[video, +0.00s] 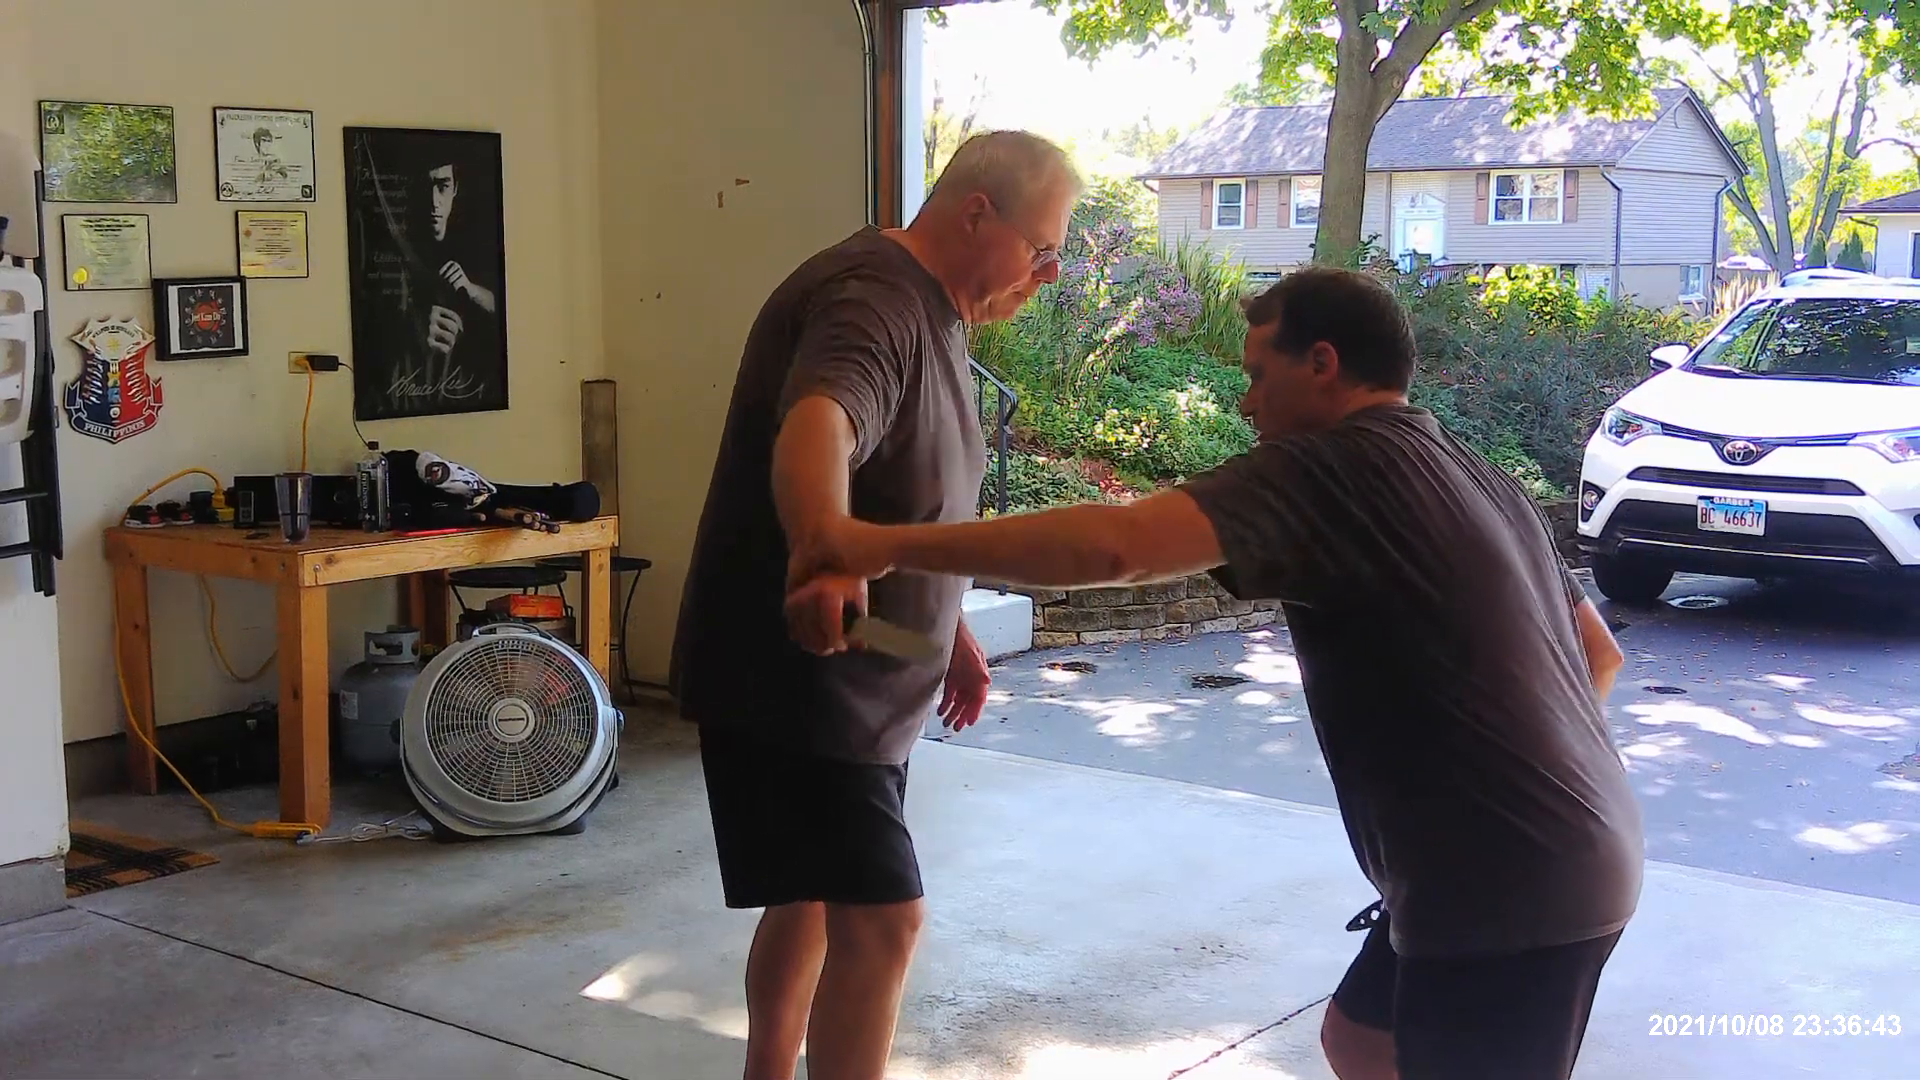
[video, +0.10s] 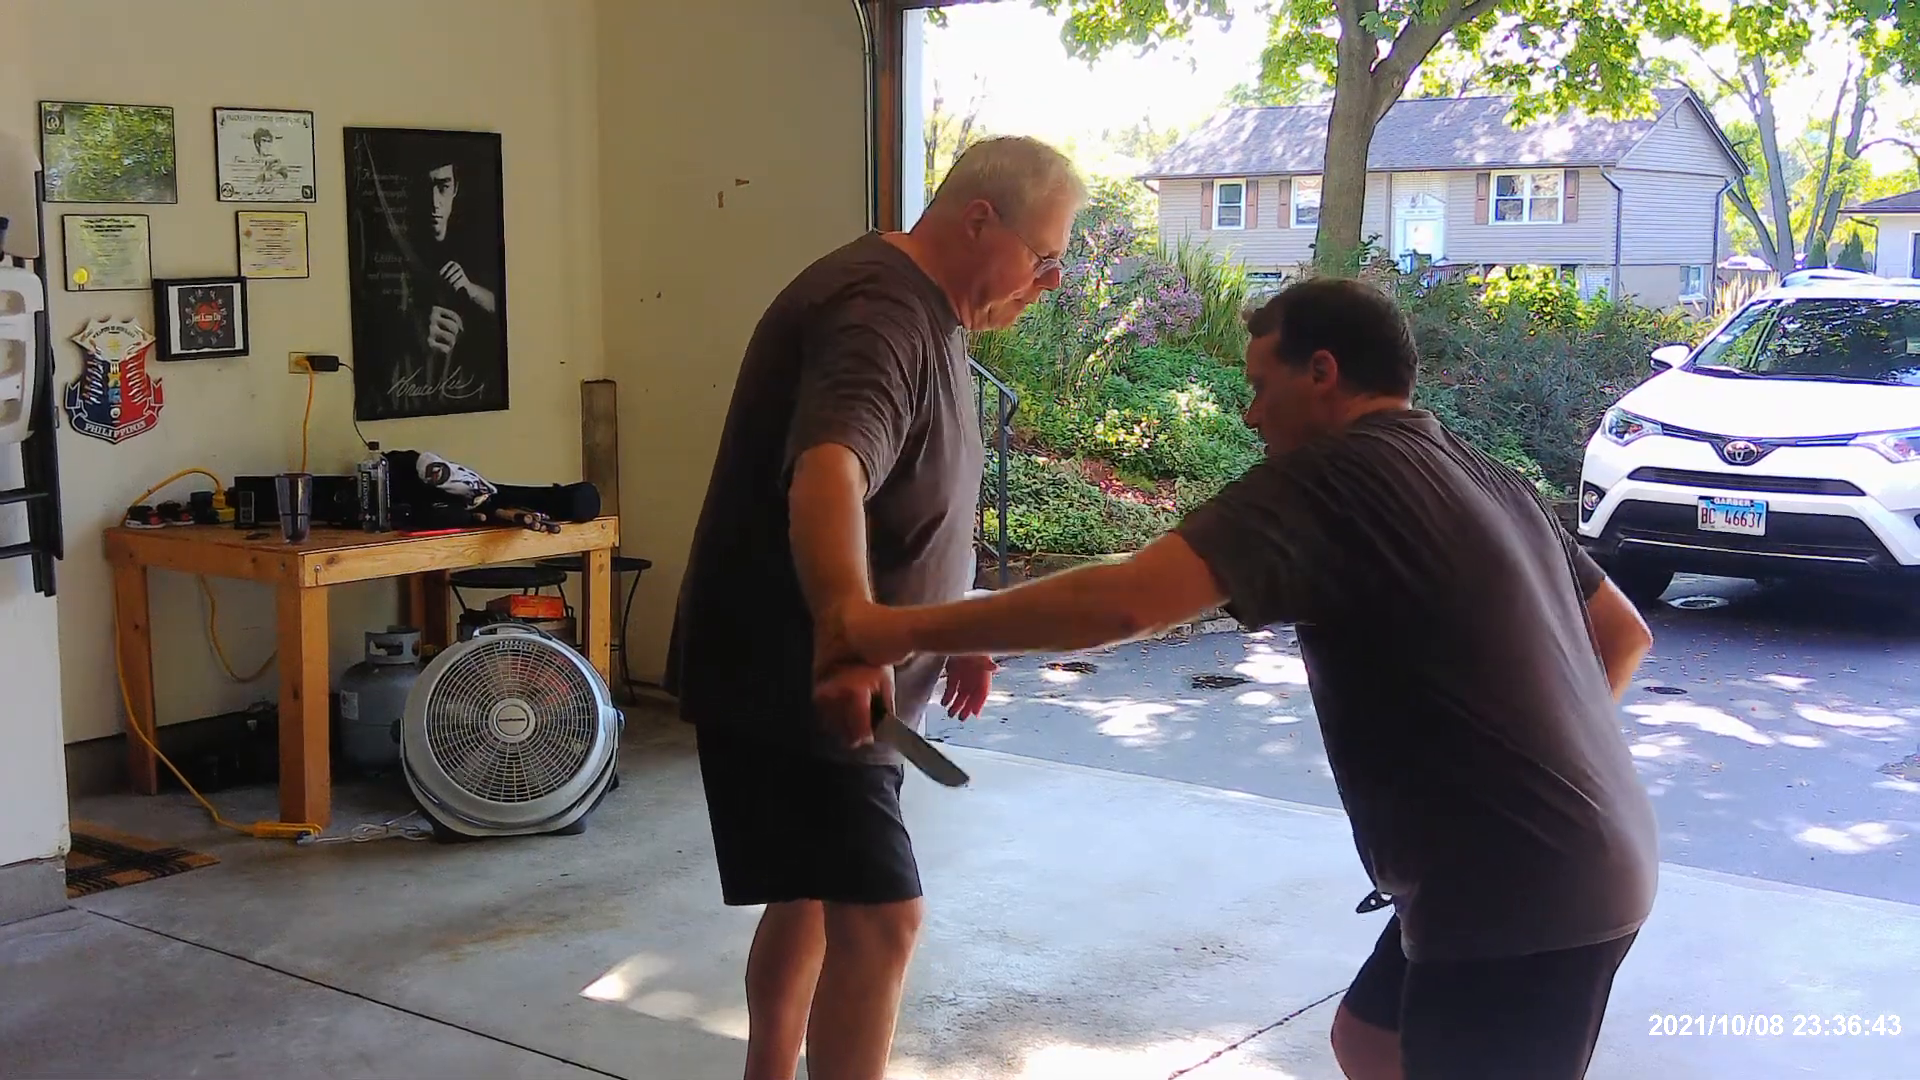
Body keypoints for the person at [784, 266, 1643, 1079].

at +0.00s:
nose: (1246, 393)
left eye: (1257, 370)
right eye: (1246, 370)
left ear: (1321, 364)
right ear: (1354, 369)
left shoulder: (1340, 465)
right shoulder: (1472, 473)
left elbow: (1116, 542)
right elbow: (1597, 654)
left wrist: (889, 543)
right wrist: (1500, 776)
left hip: (1508, 874)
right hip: (1563, 842)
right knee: (1360, 1036)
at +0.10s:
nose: (1251, 404)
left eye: (1260, 378)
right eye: (1250, 380)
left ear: (1325, 374)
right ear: (1371, 381)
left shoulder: (1328, 478)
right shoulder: (1482, 476)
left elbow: (1128, 600)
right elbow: (1620, 634)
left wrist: (902, 626)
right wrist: (1528, 757)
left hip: (1517, 875)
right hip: (1589, 845)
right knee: (1370, 1036)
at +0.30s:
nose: (1260, 434)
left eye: (1267, 407)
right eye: (1258, 409)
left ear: (1323, 394)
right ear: (1381, 395)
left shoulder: (1317, 502)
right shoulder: (1502, 477)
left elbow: (1155, 686)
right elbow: (1665, 609)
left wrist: (965, 741)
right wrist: (1556, 723)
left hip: (1535, 892)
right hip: (1623, 856)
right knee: (1388, 1042)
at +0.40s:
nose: (1273, 435)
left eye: (1277, 410)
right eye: (1270, 412)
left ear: (1329, 397)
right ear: (1400, 399)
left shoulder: (1317, 505)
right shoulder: (1513, 481)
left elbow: (1181, 701)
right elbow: (1679, 618)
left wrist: (1011, 758)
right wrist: (1553, 737)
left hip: (1540, 890)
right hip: (1633, 857)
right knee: (1397, 1042)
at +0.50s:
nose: (1282, 438)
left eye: (1286, 411)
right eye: (1279, 413)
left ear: (1339, 399)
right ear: (1412, 397)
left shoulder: (1318, 508)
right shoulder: (1534, 485)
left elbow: (1208, 704)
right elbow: (1689, 628)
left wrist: (1058, 747)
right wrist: (1565, 733)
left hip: (1534, 896)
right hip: (1641, 862)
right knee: (1401, 1036)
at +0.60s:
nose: (1291, 435)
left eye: (1296, 409)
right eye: (1289, 412)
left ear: (1347, 397)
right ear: (1428, 399)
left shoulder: (1316, 506)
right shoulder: (1541, 487)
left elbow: (1236, 693)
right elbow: (1696, 630)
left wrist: (1118, 711)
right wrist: (1566, 727)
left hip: (1523, 898)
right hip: (1645, 870)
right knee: (1396, 1040)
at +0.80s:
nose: (1304, 412)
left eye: (1310, 390)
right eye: (1302, 391)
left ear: (1358, 390)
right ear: (1439, 395)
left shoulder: (1311, 498)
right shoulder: (1553, 492)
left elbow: (1267, 650)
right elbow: (1687, 651)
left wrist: (1185, 624)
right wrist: (1564, 732)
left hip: (1492, 888)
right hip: (1628, 871)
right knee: (1386, 1033)